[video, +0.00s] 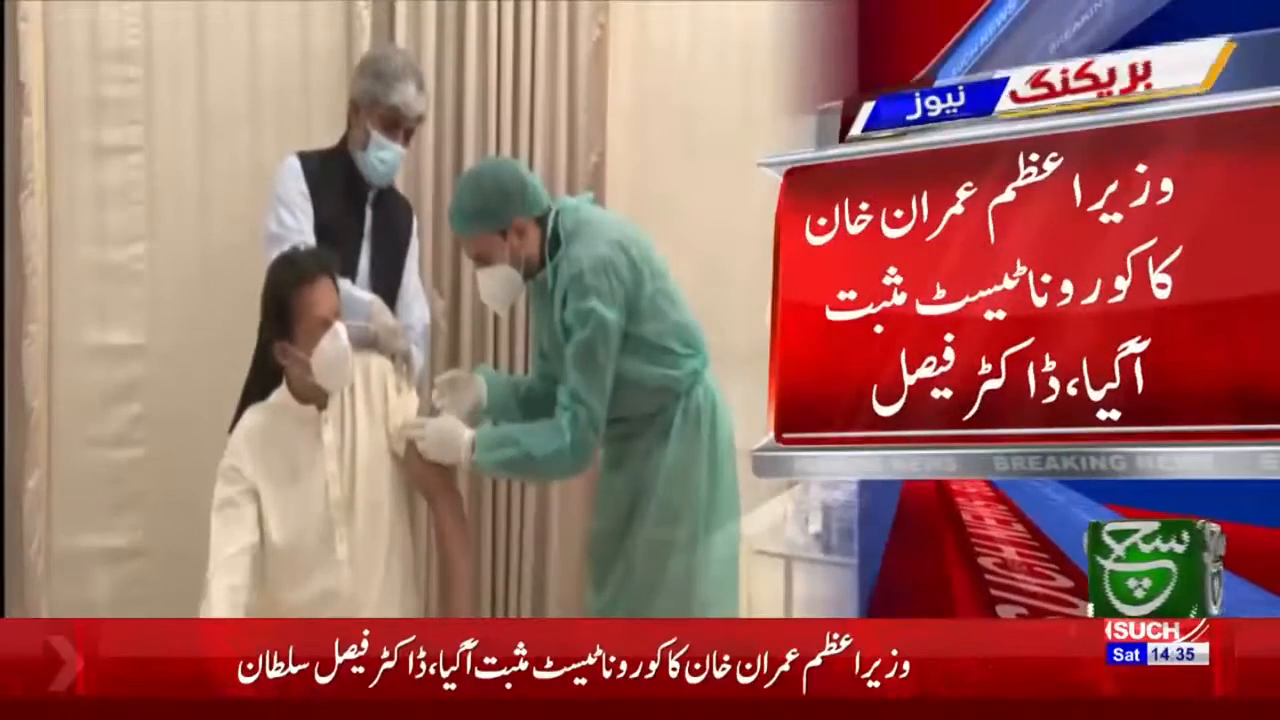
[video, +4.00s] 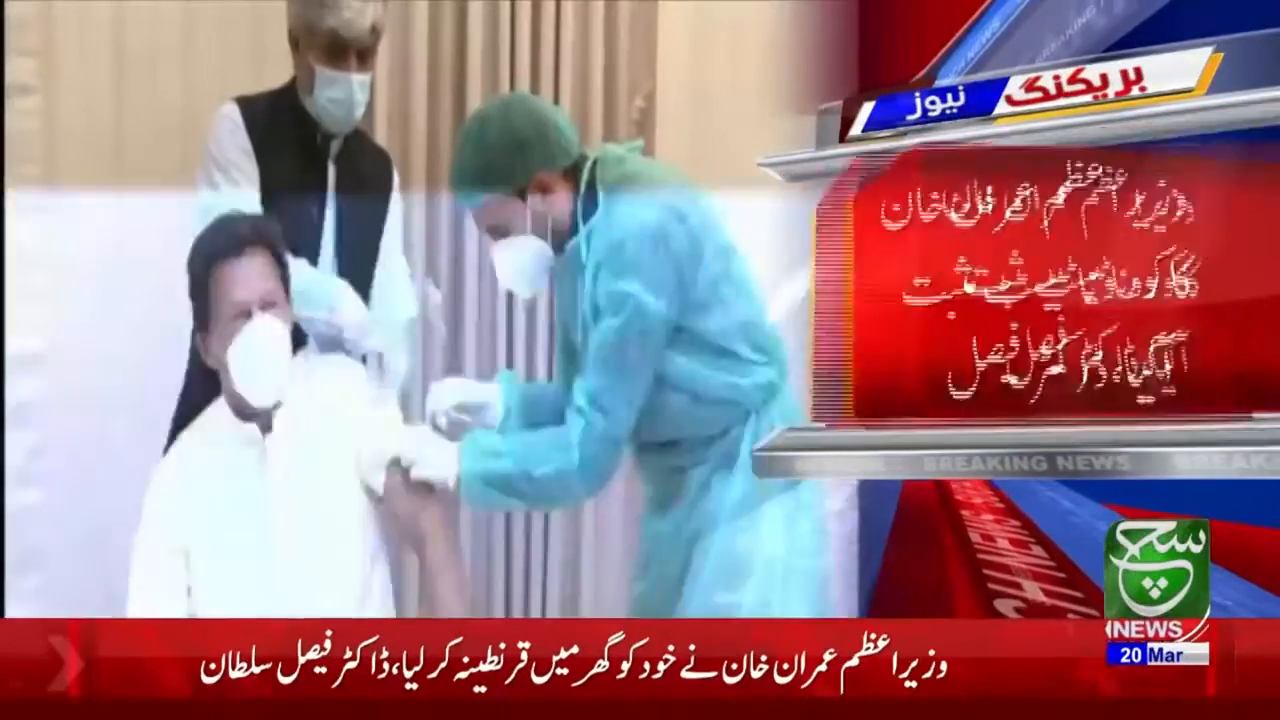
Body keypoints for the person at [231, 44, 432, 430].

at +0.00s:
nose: (398, 146)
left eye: (409, 134)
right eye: (389, 128)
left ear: (417, 132)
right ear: (356, 114)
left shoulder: (401, 214)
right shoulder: (301, 172)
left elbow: (413, 311)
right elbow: (293, 271)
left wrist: (407, 396)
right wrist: (371, 311)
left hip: (370, 383)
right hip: (296, 374)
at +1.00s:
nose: (401, 148)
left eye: (412, 137)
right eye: (392, 131)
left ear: (421, 135)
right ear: (361, 115)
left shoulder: (403, 215)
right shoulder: (303, 172)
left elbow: (414, 315)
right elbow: (293, 268)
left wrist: (404, 387)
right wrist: (370, 309)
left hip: (370, 387)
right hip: (296, 376)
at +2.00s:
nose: (402, 151)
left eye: (414, 139)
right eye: (393, 132)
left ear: (423, 137)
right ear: (363, 116)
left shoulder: (407, 216)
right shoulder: (306, 171)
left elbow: (418, 318)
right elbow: (292, 266)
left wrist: (409, 393)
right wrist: (369, 309)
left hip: (371, 388)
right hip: (297, 377)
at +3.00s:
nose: (406, 152)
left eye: (419, 142)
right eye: (398, 133)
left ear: (429, 143)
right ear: (370, 115)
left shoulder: (411, 218)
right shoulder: (313, 172)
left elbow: (424, 316)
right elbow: (294, 269)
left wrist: (417, 392)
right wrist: (372, 311)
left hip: (372, 390)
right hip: (298, 376)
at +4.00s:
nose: (350, 78)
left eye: (363, 60)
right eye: (334, 58)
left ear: (376, 58)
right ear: (298, 50)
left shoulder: (378, 166)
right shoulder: (242, 126)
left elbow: (391, 292)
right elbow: (232, 252)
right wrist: (334, 303)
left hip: (340, 391)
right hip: (242, 378)